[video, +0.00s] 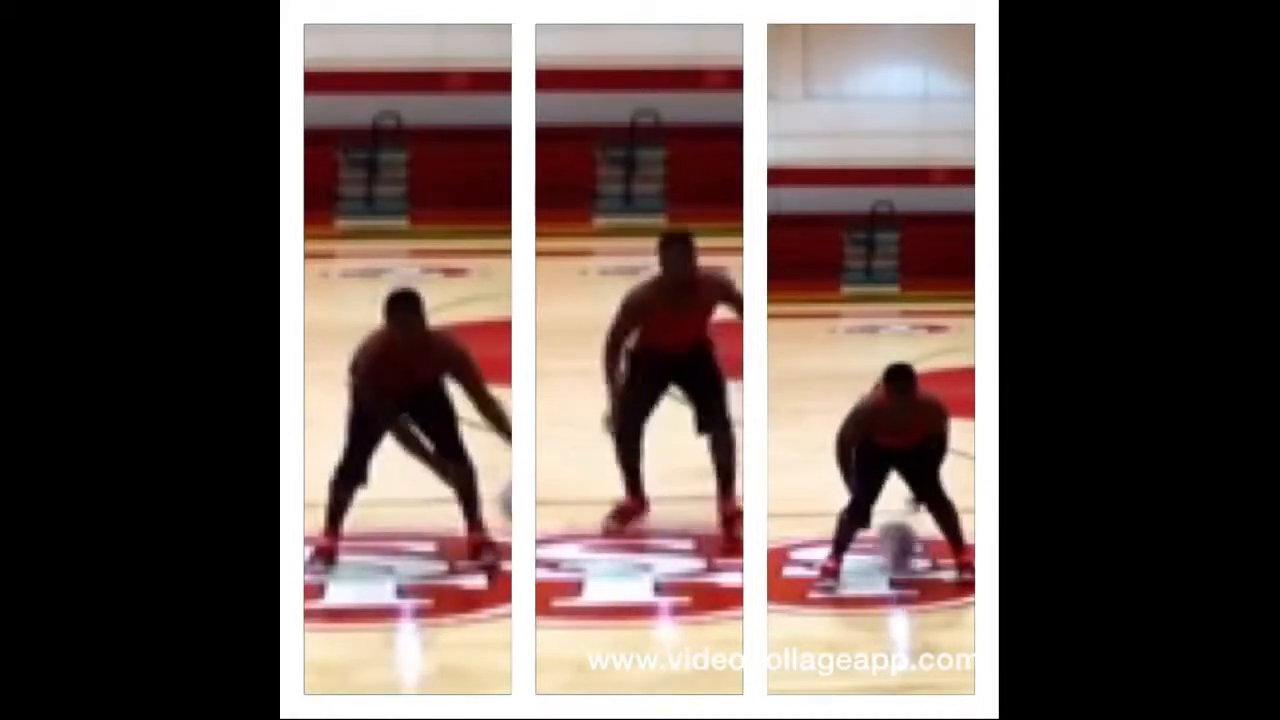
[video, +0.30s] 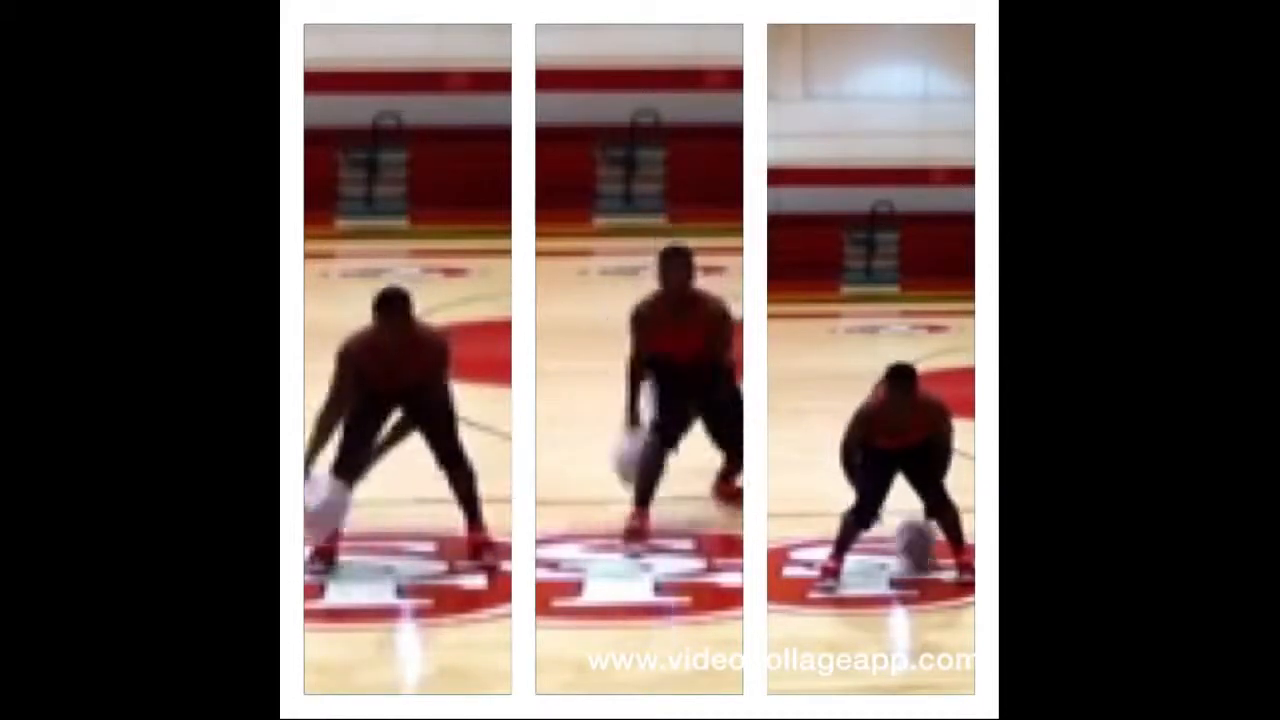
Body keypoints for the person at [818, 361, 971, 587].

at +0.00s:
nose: (899, 403)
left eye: (905, 396)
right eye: (894, 396)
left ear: (914, 391)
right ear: (885, 391)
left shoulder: (931, 409)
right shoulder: (869, 408)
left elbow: (938, 447)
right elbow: (844, 442)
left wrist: (925, 485)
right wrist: (852, 483)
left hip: (913, 451)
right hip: (873, 451)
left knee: (938, 501)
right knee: (860, 504)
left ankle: (961, 557)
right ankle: (834, 560)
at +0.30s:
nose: (897, 403)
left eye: (903, 396)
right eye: (892, 395)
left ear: (914, 392)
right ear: (884, 390)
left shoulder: (933, 410)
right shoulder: (871, 410)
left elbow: (944, 446)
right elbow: (848, 448)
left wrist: (934, 479)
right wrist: (860, 485)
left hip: (917, 452)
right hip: (878, 453)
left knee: (939, 504)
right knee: (864, 510)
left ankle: (962, 558)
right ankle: (834, 562)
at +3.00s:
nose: (896, 430)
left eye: (901, 425)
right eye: (891, 425)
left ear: (912, 415)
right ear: (882, 415)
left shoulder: (931, 416)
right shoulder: (869, 417)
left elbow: (951, 444)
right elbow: (839, 439)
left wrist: (935, 483)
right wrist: (843, 488)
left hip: (918, 456)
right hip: (877, 455)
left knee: (941, 507)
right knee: (858, 511)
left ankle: (963, 559)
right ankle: (833, 560)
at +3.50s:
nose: (894, 432)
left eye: (899, 427)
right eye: (890, 427)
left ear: (912, 415)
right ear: (881, 416)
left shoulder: (931, 418)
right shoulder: (868, 417)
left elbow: (948, 447)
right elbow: (844, 446)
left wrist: (926, 483)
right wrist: (855, 483)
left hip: (916, 456)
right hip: (875, 456)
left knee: (940, 506)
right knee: (858, 507)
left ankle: (962, 555)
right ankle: (833, 558)